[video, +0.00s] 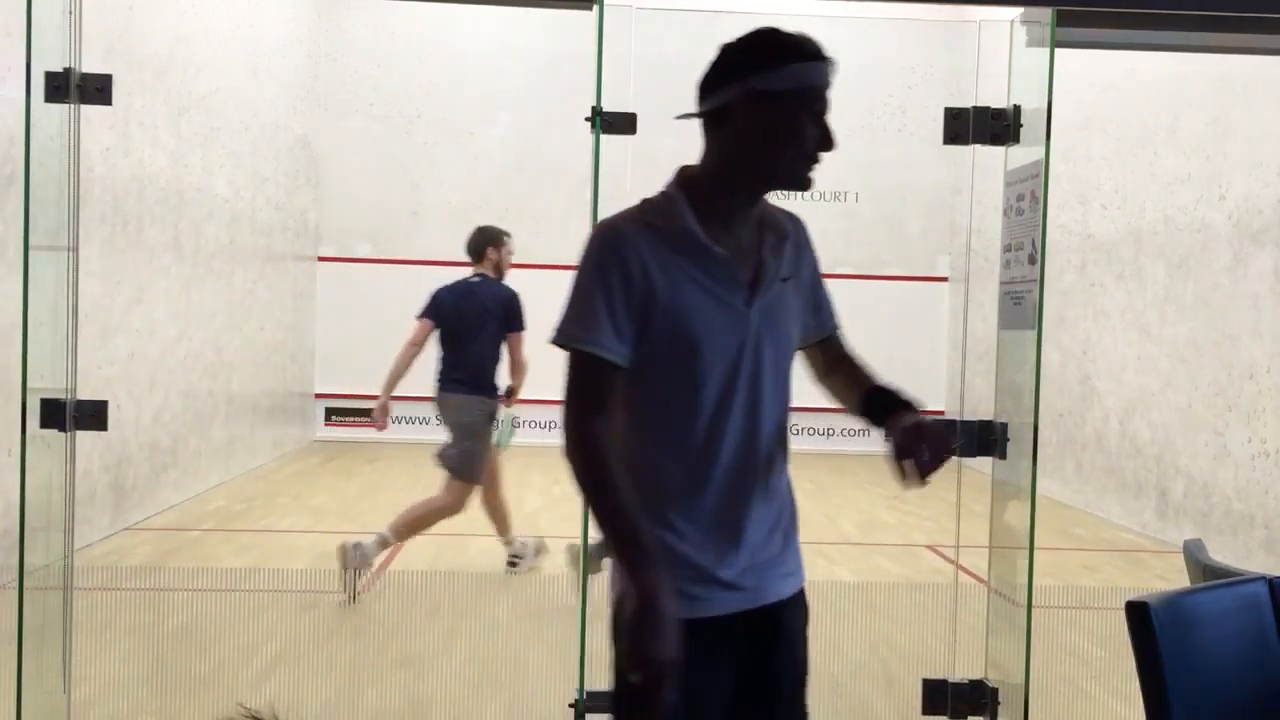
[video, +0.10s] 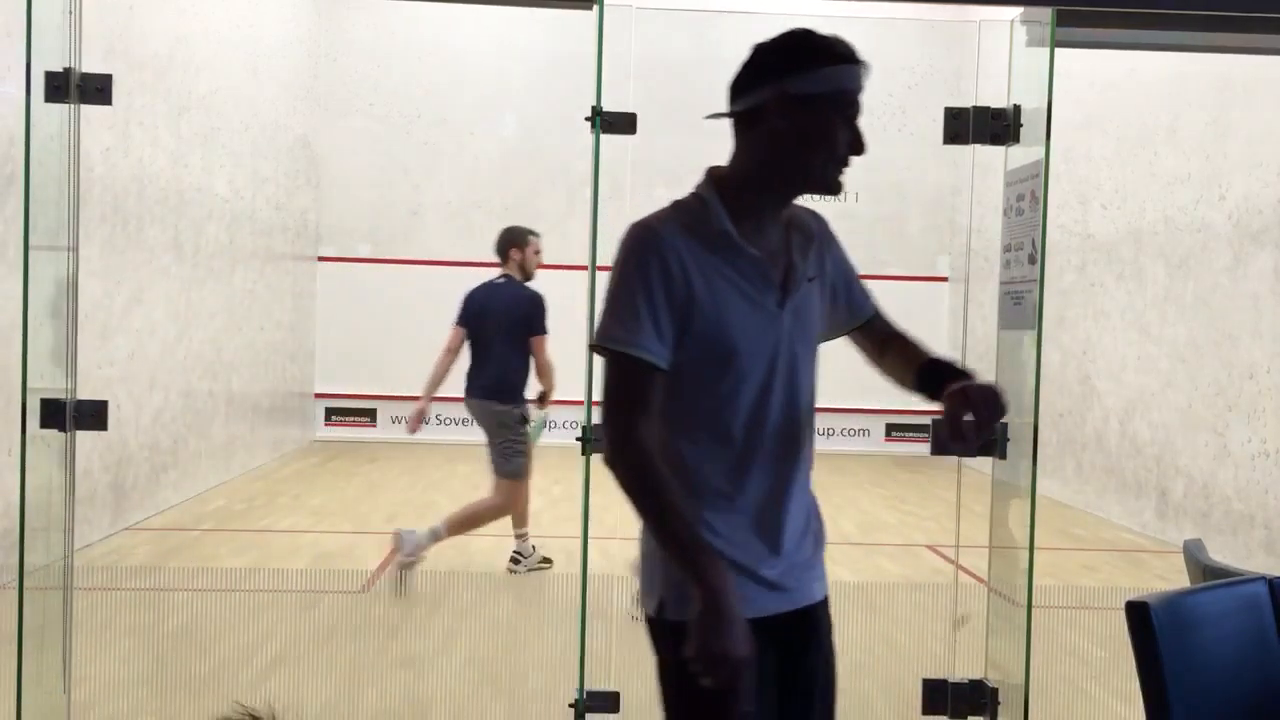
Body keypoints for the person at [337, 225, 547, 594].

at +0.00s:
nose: (511, 259)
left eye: (510, 252)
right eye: (508, 252)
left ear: (479, 256)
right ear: (491, 254)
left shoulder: (446, 294)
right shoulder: (505, 297)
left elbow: (413, 345)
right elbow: (517, 360)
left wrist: (384, 396)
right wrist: (514, 389)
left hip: (449, 399)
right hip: (477, 404)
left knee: (490, 473)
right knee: (453, 501)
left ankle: (514, 548)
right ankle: (367, 550)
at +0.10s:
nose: (540, 259)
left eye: (539, 253)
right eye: (536, 253)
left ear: (510, 256)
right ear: (515, 254)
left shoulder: (477, 295)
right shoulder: (530, 299)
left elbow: (451, 350)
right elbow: (541, 360)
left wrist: (425, 399)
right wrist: (548, 389)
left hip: (476, 398)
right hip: (504, 403)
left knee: (521, 461)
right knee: (506, 500)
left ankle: (523, 548)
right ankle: (420, 541)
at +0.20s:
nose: (567, 248)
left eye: (568, 241)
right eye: (562, 241)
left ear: (536, 244)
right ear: (540, 242)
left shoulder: (505, 280)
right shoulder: (551, 287)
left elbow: (481, 337)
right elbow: (561, 349)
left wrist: (479, 388)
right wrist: (575, 377)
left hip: (498, 385)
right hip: (526, 390)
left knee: (526, 463)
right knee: (554, 481)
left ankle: (524, 549)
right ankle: (476, 536)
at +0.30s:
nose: (589, 241)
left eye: (590, 234)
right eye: (584, 233)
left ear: (561, 237)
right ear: (562, 234)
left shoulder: (530, 270)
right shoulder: (569, 279)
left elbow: (505, 325)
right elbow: (578, 343)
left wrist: (537, 342)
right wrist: (598, 363)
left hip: (516, 377)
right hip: (545, 382)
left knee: (531, 456)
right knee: (586, 463)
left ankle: (524, 545)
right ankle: (544, 542)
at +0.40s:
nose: (611, 243)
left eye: (613, 236)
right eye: (606, 234)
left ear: (582, 237)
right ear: (582, 234)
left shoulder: (552, 269)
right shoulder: (587, 278)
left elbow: (530, 321)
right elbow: (593, 336)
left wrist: (566, 337)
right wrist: (623, 364)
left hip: (538, 378)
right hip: (566, 382)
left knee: (542, 458)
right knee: (602, 457)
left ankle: (527, 547)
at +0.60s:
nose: (652, 244)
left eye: (653, 237)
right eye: (648, 236)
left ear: (618, 238)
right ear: (627, 236)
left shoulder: (585, 272)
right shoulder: (631, 280)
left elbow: (562, 325)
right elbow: (638, 341)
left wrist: (602, 326)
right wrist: (661, 370)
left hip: (576, 382)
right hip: (613, 386)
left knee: (565, 460)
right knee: (633, 467)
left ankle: (537, 545)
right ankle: (628, 561)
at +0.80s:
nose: (678, 247)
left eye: (679, 240)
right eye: (677, 239)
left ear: (643, 236)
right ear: (665, 238)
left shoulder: (610, 273)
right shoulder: (666, 280)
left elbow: (585, 332)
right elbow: (685, 339)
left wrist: (595, 371)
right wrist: (687, 372)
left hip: (601, 382)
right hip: (641, 385)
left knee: (593, 466)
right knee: (636, 473)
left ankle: (574, 552)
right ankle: (628, 562)